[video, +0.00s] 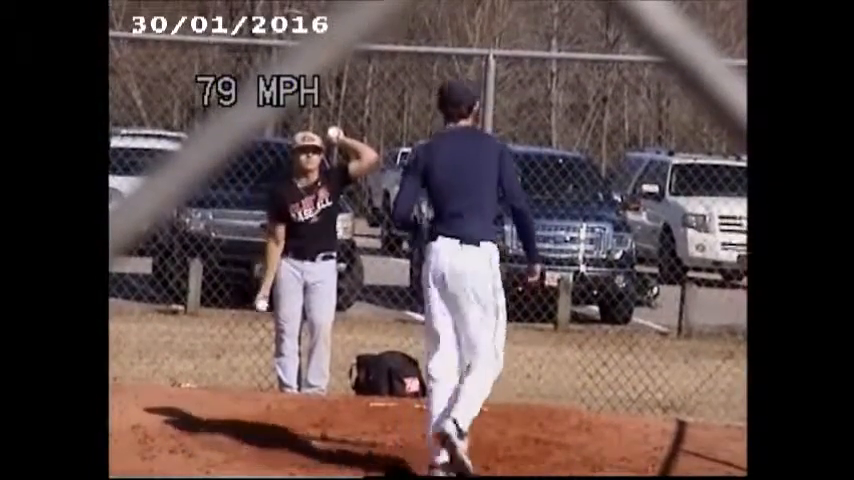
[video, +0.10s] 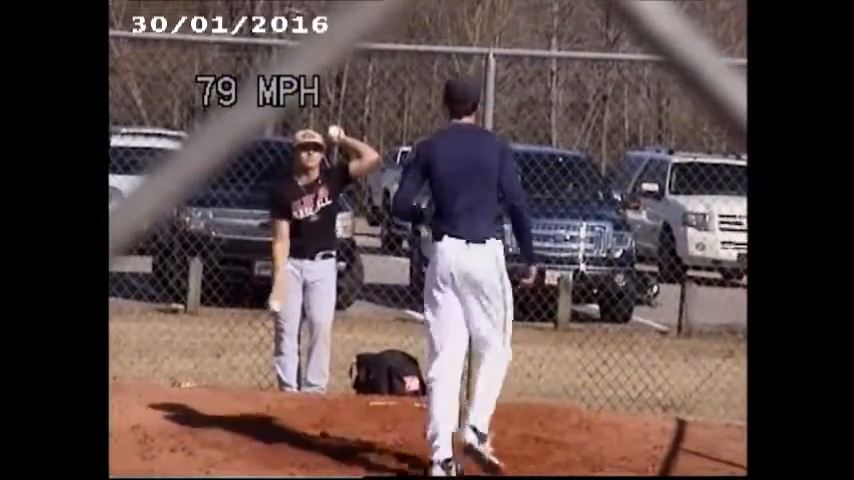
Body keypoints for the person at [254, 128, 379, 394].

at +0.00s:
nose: (308, 156)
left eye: (313, 151)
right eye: (303, 152)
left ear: (322, 155)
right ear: (294, 156)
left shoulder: (333, 179)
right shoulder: (283, 191)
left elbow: (371, 158)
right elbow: (276, 239)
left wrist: (343, 140)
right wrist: (265, 287)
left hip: (324, 264)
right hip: (290, 262)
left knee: (322, 327)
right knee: (287, 327)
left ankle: (316, 388)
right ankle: (287, 387)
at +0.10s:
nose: (310, 154)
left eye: (315, 149)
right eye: (304, 149)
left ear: (323, 153)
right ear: (295, 154)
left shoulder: (334, 178)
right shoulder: (284, 189)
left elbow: (372, 158)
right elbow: (281, 239)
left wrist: (343, 139)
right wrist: (278, 286)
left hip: (323, 262)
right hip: (291, 262)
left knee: (321, 325)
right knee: (286, 326)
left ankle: (316, 387)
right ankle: (287, 387)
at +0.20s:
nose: (310, 156)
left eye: (315, 152)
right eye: (305, 152)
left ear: (323, 156)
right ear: (295, 156)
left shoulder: (333, 179)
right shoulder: (286, 190)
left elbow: (373, 161)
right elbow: (287, 230)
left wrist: (343, 142)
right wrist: (293, 262)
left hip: (324, 263)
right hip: (291, 261)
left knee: (321, 327)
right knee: (287, 328)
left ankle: (316, 389)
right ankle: (287, 388)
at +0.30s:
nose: (310, 153)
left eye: (316, 148)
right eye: (305, 148)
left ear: (323, 153)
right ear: (295, 153)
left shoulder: (333, 177)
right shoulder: (285, 183)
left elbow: (373, 158)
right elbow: (293, 227)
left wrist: (343, 139)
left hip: (322, 259)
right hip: (288, 259)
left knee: (321, 324)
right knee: (286, 324)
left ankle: (316, 386)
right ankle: (287, 385)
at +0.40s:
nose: (308, 156)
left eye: (314, 151)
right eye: (304, 151)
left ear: (323, 155)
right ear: (295, 155)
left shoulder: (333, 176)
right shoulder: (286, 182)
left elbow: (373, 161)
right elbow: (291, 210)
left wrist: (343, 140)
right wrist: (304, 182)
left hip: (323, 260)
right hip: (288, 260)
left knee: (321, 325)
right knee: (286, 325)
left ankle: (316, 387)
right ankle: (287, 385)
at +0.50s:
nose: (311, 161)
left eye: (316, 157)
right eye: (306, 153)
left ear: (324, 155)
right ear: (296, 158)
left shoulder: (334, 175)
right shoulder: (289, 179)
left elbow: (374, 158)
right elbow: (286, 204)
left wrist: (344, 139)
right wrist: (299, 166)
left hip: (324, 259)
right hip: (289, 259)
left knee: (321, 323)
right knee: (287, 323)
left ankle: (316, 384)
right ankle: (288, 383)